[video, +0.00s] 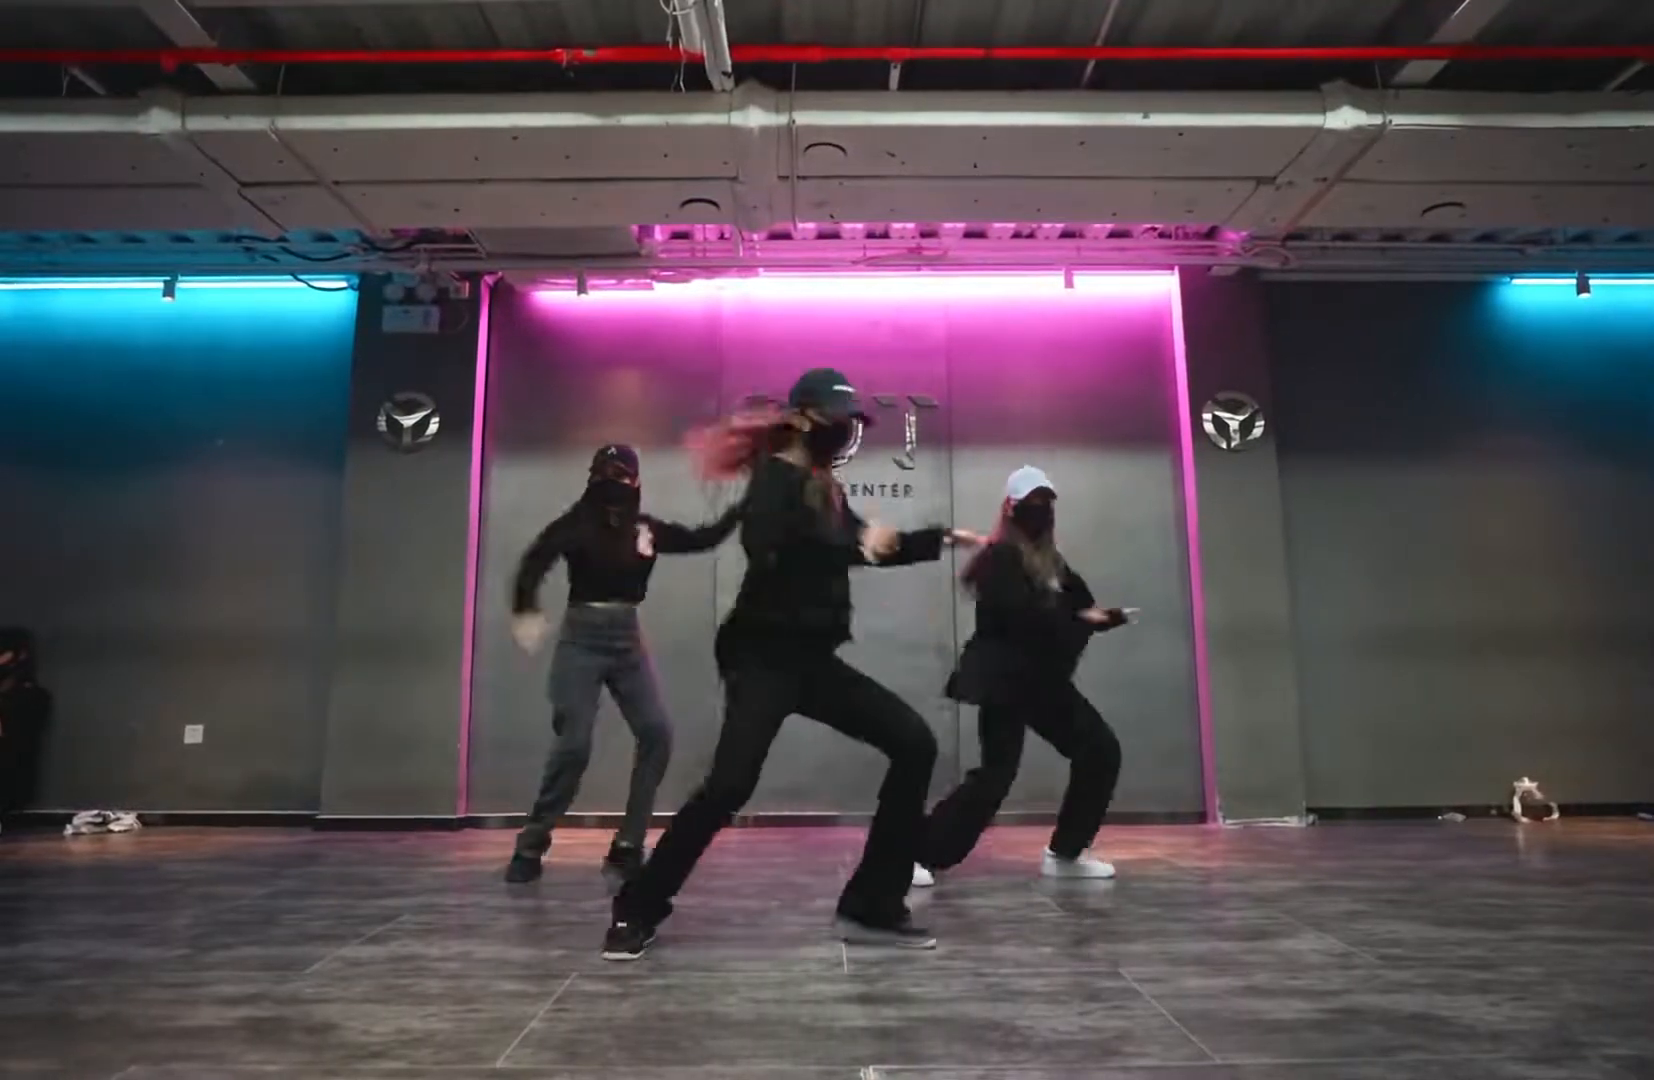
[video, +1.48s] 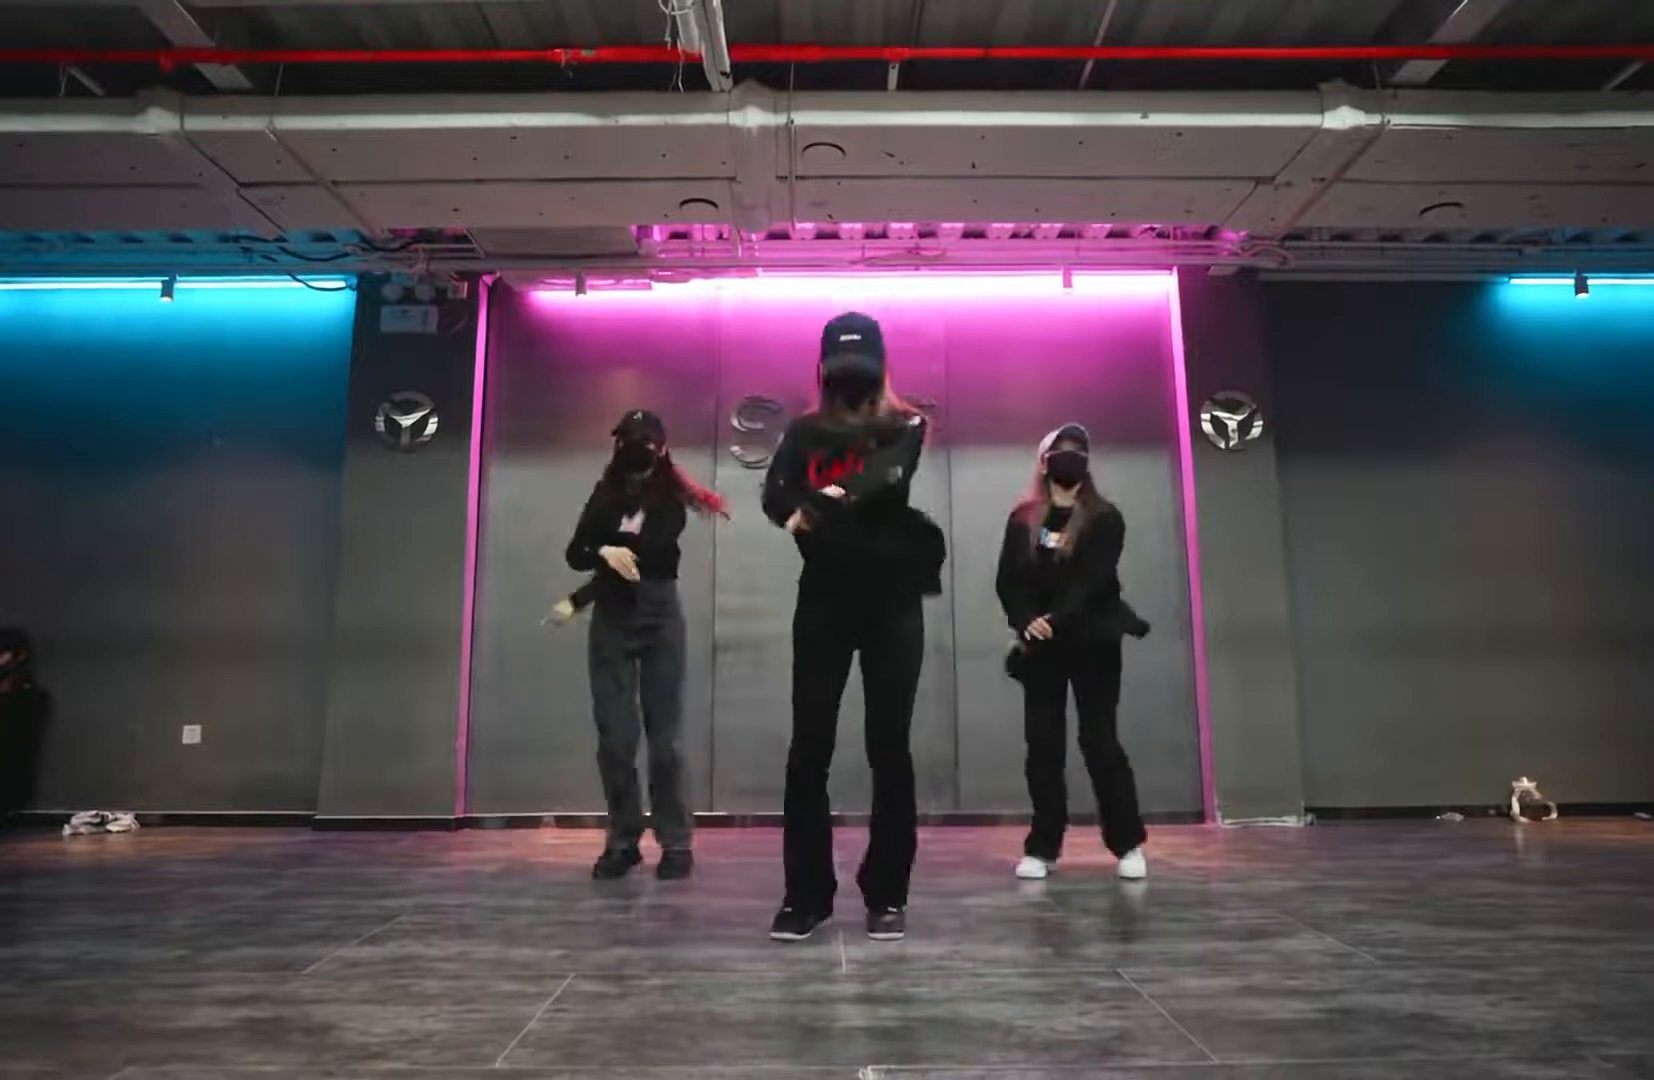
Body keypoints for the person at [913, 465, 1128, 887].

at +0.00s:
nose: (1042, 510)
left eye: (1047, 502)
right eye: (1033, 502)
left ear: (1053, 507)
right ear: (1012, 508)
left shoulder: (1047, 558)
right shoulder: (999, 558)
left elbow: (1076, 600)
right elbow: (1018, 618)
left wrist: (1094, 616)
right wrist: (1078, 619)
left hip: (1043, 683)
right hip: (1003, 682)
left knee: (1100, 751)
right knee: (997, 774)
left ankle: (1066, 853)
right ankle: (921, 853)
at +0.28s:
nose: (1054, 468)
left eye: (1052, 463)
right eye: (1042, 465)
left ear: (1038, 478)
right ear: (1022, 478)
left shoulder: (1047, 513)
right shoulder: (1030, 514)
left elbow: (1089, 478)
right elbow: (1082, 484)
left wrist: (1105, 419)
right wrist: (1103, 423)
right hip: (1036, 649)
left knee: (1093, 741)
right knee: (1121, 730)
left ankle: (1069, 848)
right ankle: (1113, 837)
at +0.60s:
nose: (1054, 478)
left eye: (1053, 471)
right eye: (1045, 472)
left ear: (1025, 480)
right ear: (1025, 479)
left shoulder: (1041, 515)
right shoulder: (1029, 516)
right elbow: (1081, 556)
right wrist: (1123, 508)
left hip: (1053, 653)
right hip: (1035, 657)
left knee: (1095, 746)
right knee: (1093, 746)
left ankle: (1076, 854)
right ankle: (994, 799)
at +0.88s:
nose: (1053, 504)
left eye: (1057, 497)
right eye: (1044, 496)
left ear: (1064, 500)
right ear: (1020, 498)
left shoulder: (1067, 546)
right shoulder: (985, 532)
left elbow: (1091, 618)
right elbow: (930, 513)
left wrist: (1092, 677)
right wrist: (985, 487)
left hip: (1053, 667)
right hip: (997, 666)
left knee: (1132, 714)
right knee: (988, 766)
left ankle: (1110, 813)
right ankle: (927, 858)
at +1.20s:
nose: (1064, 461)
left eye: (1070, 452)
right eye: (1055, 452)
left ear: (1078, 455)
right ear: (1033, 454)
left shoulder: (1090, 508)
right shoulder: (1000, 502)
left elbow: (1117, 567)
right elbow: (975, 555)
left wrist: (1152, 605)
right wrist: (1030, 523)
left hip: (1075, 633)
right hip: (1015, 631)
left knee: (1112, 729)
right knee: (995, 731)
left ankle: (1122, 835)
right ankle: (957, 834)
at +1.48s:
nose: (1069, 462)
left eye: (1076, 455)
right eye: (1061, 454)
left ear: (1086, 462)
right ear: (1046, 461)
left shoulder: (1104, 518)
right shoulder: (1025, 516)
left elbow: (1094, 580)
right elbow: (1008, 578)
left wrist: (1053, 619)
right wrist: (1025, 618)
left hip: (1094, 645)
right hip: (1042, 646)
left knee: (1099, 745)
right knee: (1043, 748)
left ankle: (1128, 846)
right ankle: (1041, 849)